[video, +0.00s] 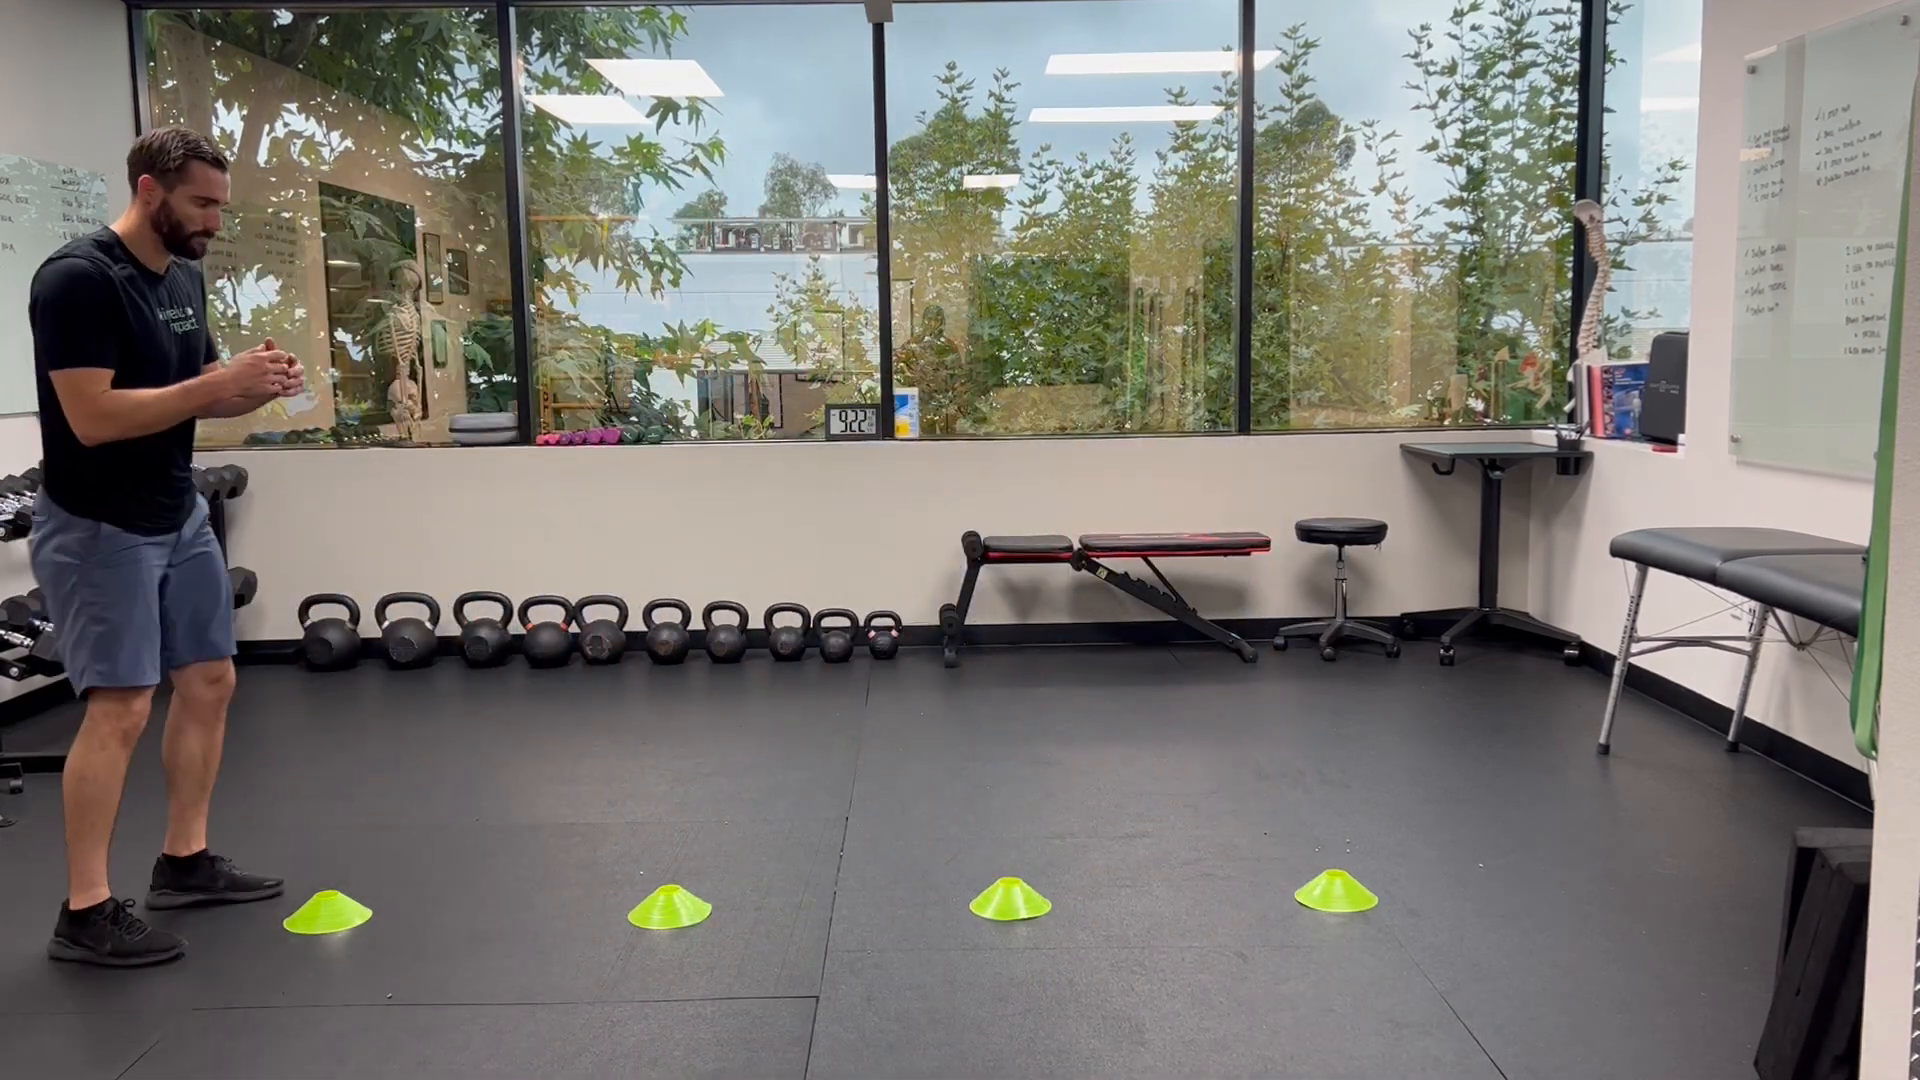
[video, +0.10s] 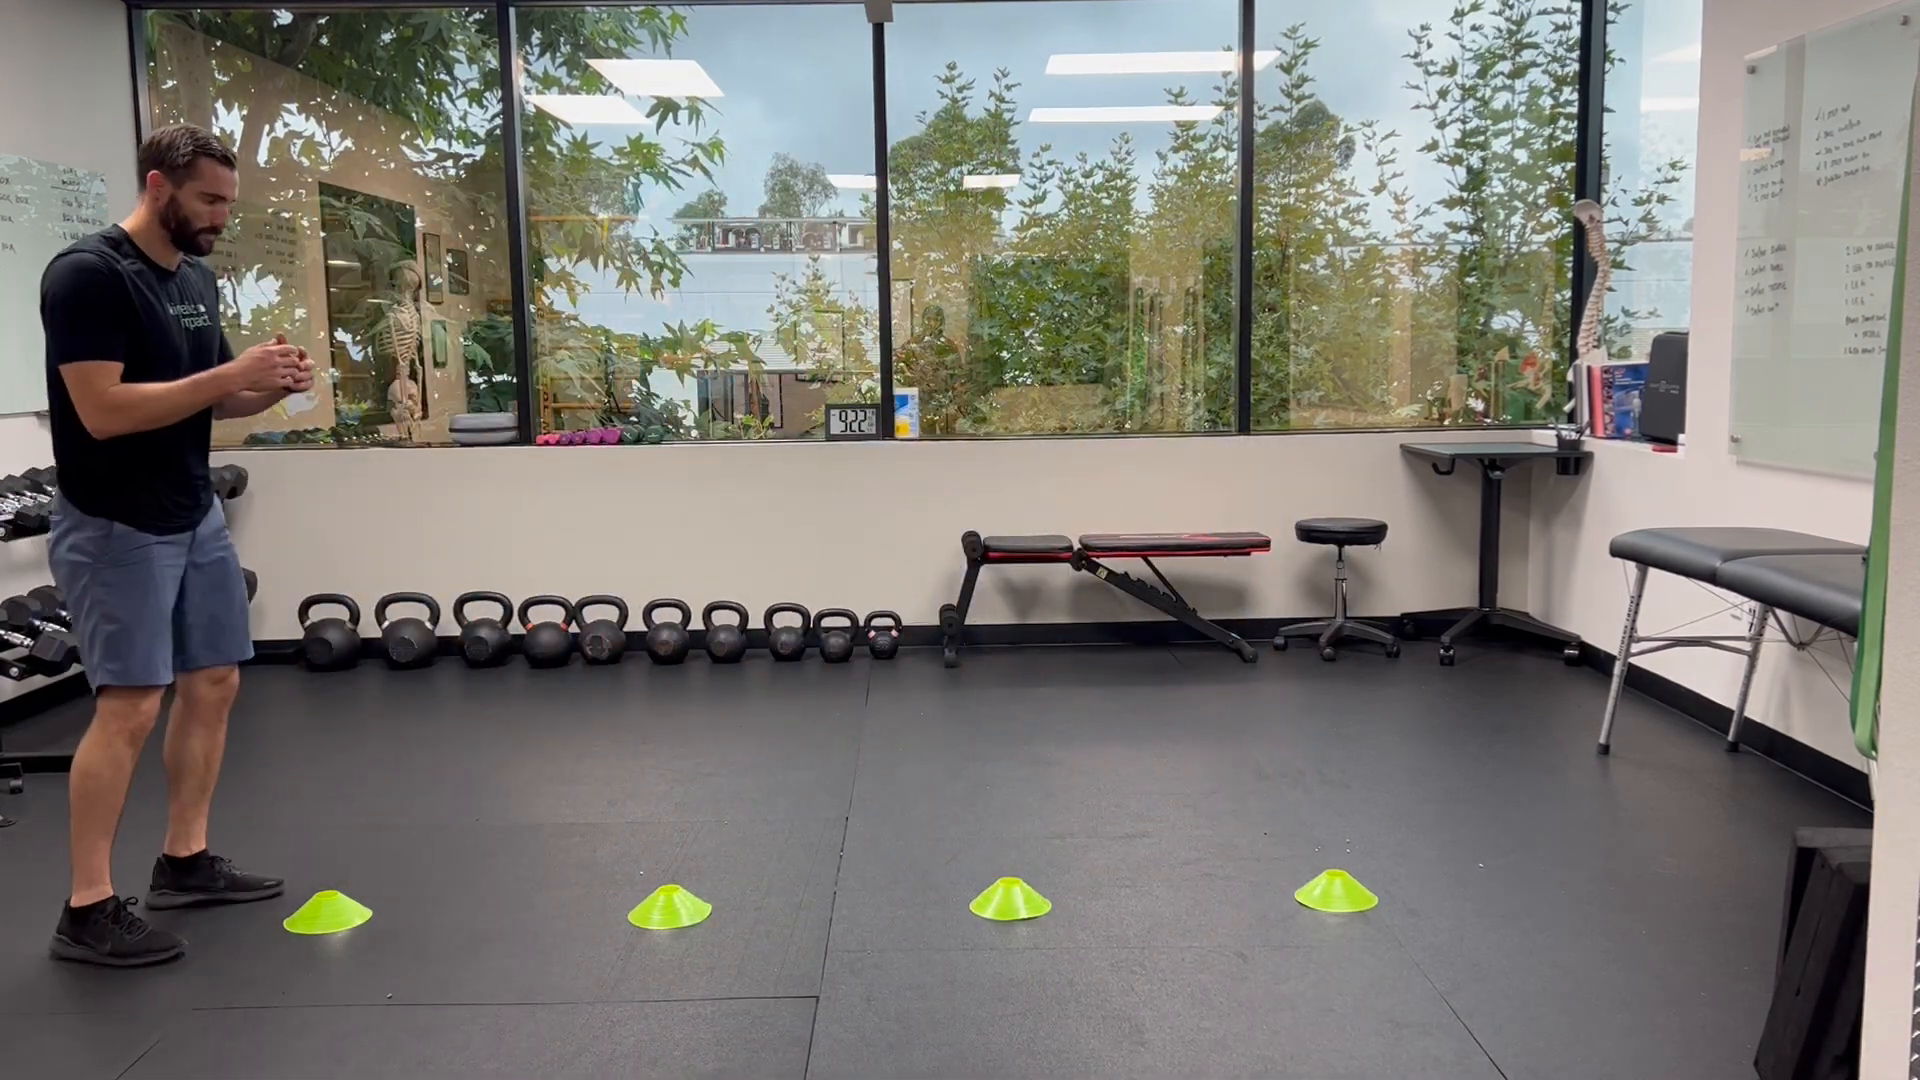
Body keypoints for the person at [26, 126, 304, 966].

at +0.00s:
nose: (215, 222)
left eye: (221, 206)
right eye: (204, 204)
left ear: (179, 198)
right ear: (150, 191)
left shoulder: (181, 276)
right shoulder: (75, 279)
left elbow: (181, 399)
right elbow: (92, 420)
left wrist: (243, 388)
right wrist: (217, 386)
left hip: (177, 518)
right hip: (96, 529)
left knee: (208, 681)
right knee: (118, 707)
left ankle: (185, 859)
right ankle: (86, 910)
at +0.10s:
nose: (222, 218)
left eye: (228, 204)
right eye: (211, 200)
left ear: (192, 196)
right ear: (160, 186)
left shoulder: (195, 278)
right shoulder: (84, 275)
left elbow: (196, 403)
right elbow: (102, 413)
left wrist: (259, 391)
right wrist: (228, 379)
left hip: (193, 518)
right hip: (112, 528)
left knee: (213, 679)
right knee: (128, 705)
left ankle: (185, 860)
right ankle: (88, 905)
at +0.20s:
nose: (234, 222)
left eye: (240, 207)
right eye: (223, 204)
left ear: (221, 201)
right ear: (171, 191)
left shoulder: (207, 280)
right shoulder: (99, 278)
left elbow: (219, 396)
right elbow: (113, 415)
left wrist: (283, 395)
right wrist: (244, 393)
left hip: (202, 521)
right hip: (122, 532)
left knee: (226, 683)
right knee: (146, 706)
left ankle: (186, 859)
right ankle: (92, 904)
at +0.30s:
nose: (250, 229)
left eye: (256, 215)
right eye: (239, 211)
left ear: (219, 206)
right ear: (187, 196)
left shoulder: (217, 287)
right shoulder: (114, 282)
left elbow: (241, 401)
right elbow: (118, 423)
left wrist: (302, 437)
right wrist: (250, 454)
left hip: (212, 528)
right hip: (132, 538)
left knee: (239, 686)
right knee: (155, 713)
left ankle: (189, 859)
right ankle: (95, 907)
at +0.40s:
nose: (272, 232)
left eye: (279, 217)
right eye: (263, 214)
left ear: (247, 211)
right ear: (211, 198)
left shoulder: (236, 287)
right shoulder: (134, 278)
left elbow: (234, 406)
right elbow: (98, 418)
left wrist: (278, 503)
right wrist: (166, 533)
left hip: (220, 524)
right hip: (140, 531)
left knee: (235, 685)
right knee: (155, 709)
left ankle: (187, 859)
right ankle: (95, 907)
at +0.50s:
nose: (311, 238)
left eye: (319, 223)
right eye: (301, 219)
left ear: (293, 217)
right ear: (249, 202)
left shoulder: (261, 286)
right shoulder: (165, 276)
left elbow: (209, 394)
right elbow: (57, 383)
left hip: (225, 528)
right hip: (149, 535)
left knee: (222, 690)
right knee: (148, 713)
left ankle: (186, 858)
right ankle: (97, 907)